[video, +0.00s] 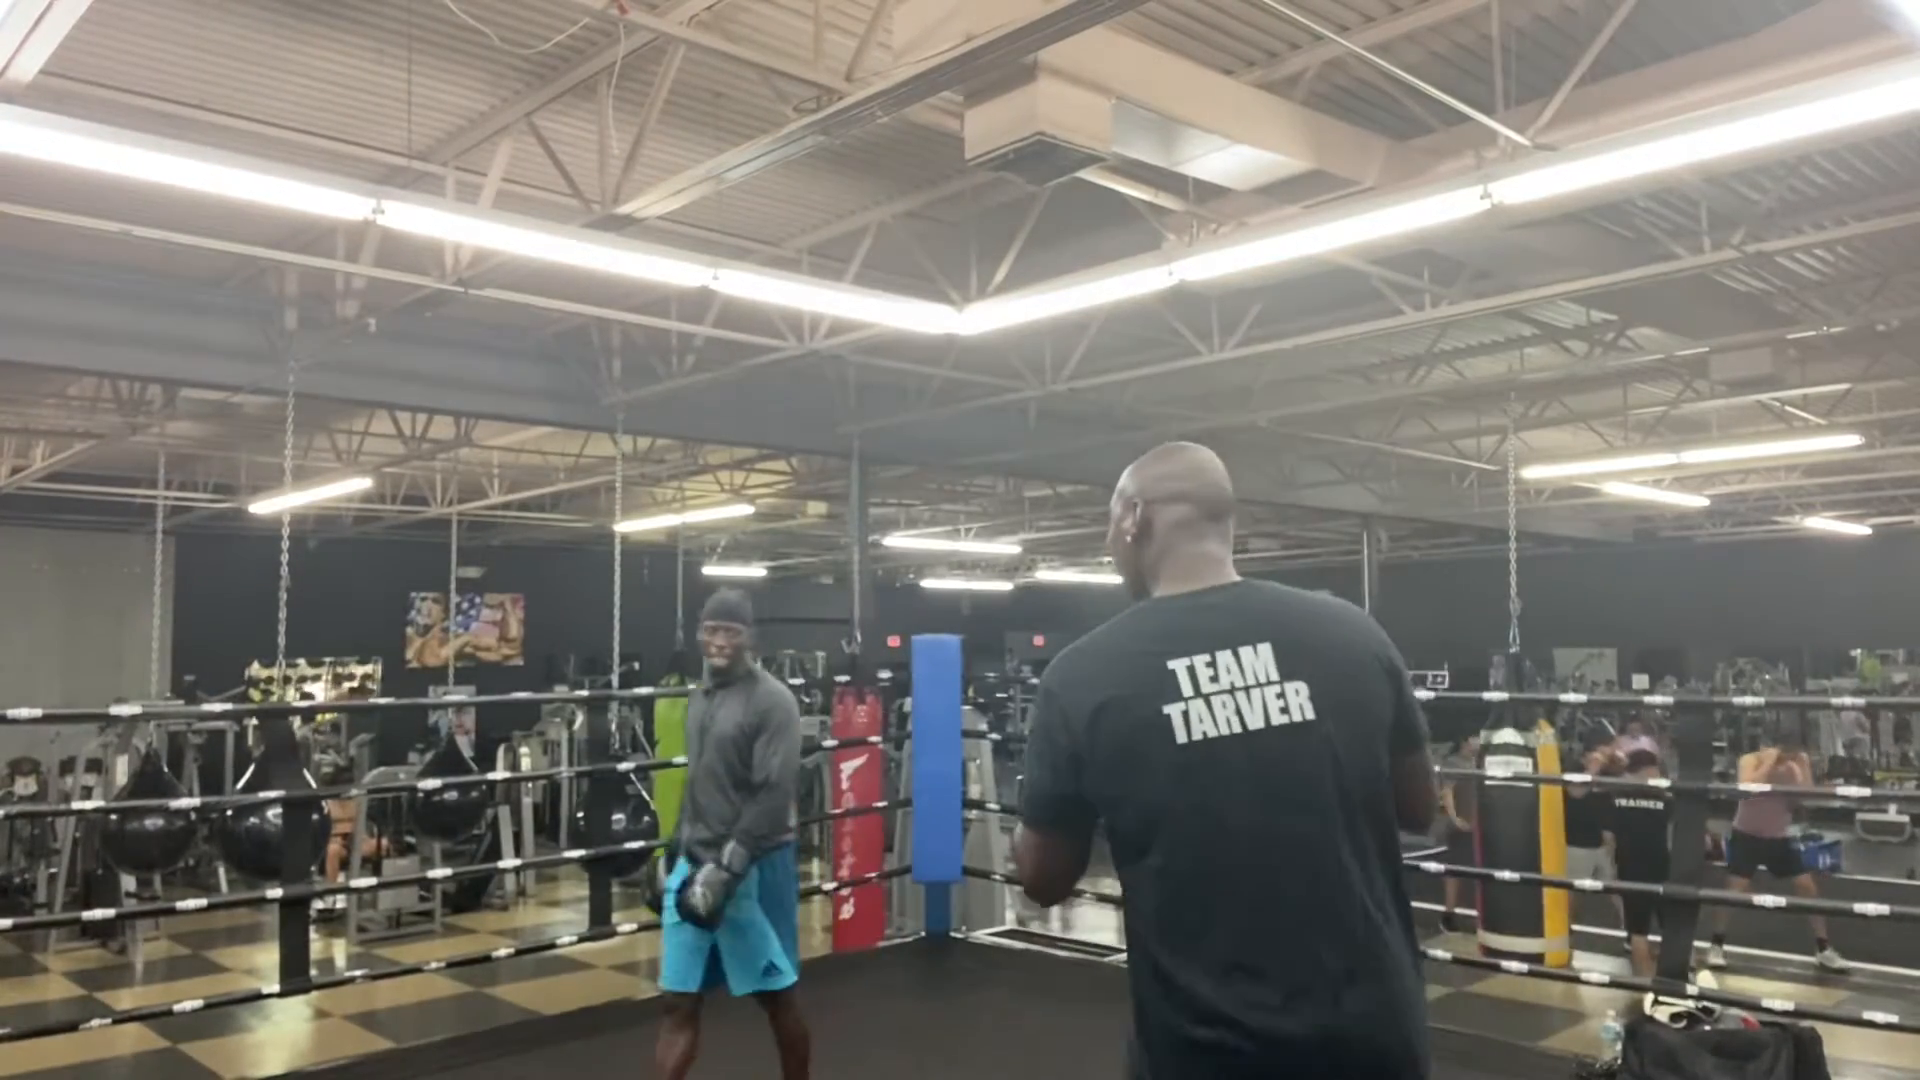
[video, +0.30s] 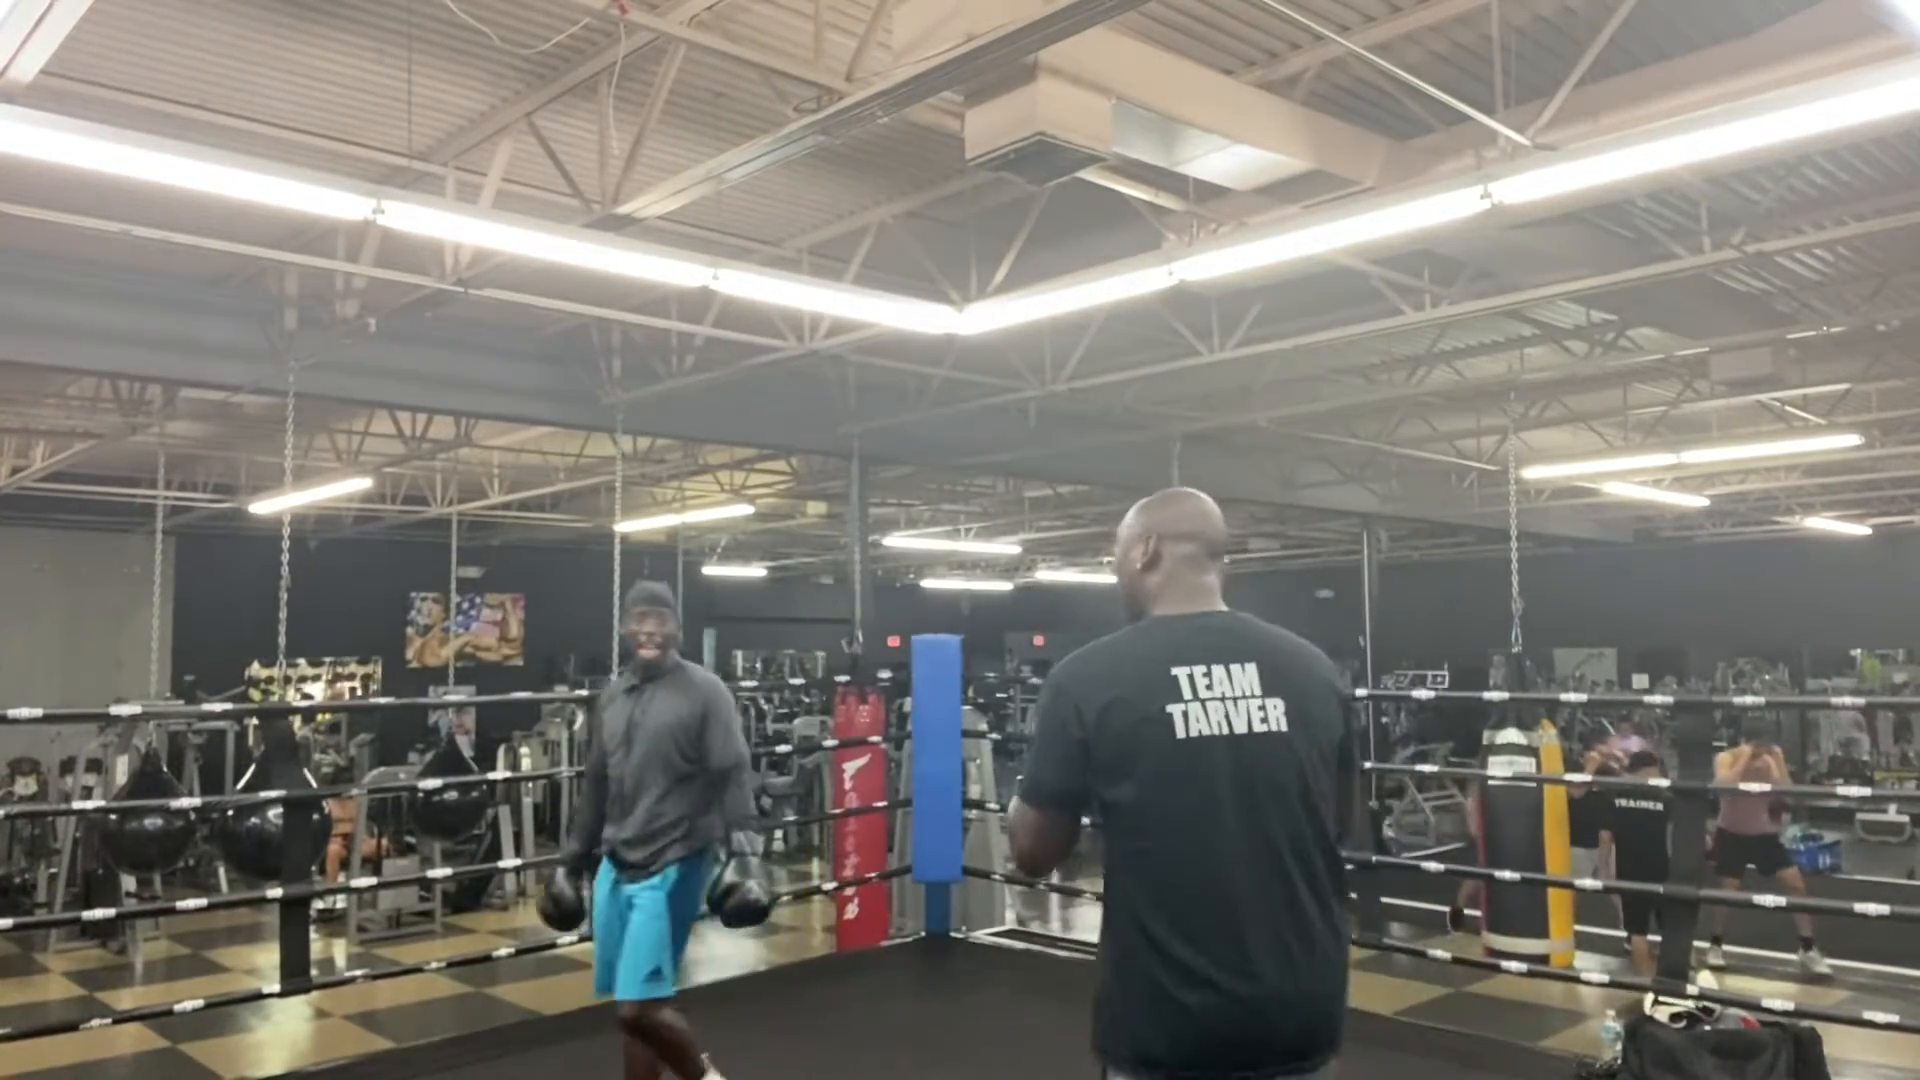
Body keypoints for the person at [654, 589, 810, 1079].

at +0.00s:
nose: (719, 641)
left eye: (730, 633)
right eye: (711, 631)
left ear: (749, 638)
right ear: (699, 637)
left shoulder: (774, 700)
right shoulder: (701, 698)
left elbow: (774, 799)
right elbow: (696, 786)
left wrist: (725, 868)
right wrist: (675, 857)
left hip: (758, 864)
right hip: (696, 862)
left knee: (777, 998)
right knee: (678, 1002)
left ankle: (797, 1073)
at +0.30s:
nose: (649, 630)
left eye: (659, 619)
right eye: (639, 619)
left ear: (677, 627)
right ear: (623, 629)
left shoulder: (706, 692)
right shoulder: (613, 696)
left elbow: (735, 776)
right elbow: (595, 785)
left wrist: (747, 863)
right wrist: (571, 864)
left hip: (676, 863)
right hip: (617, 864)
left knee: (640, 1005)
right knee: (630, 1007)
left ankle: (705, 1074)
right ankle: (648, 1074)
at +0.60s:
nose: (606, 629)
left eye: (617, 620)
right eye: (594, 619)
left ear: (629, 631)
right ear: (574, 630)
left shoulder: (656, 697)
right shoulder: (560, 700)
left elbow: (685, 785)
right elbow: (540, 795)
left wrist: (706, 871)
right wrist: (500, 866)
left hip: (631, 875)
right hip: (574, 877)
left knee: (581, 1022)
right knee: (615, 1022)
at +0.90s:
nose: (573, 641)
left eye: (585, 632)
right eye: (561, 629)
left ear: (596, 639)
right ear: (536, 630)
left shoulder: (605, 709)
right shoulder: (510, 689)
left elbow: (612, 807)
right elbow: (487, 780)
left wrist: (592, 902)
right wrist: (457, 857)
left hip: (550, 889)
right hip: (489, 886)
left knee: (544, 1043)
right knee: (483, 1035)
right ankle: (564, 1075)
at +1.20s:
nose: (529, 639)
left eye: (540, 629)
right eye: (516, 626)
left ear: (550, 637)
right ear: (490, 628)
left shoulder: (568, 709)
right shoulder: (467, 687)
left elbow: (558, 817)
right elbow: (447, 786)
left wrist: (506, 902)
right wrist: (417, 868)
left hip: (527, 891)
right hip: (449, 887)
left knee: (524, 1049)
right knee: (413, 1041)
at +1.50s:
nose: (435, 645)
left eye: (447, 631)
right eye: (421, 630)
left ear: (463, 638)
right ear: (395, 635)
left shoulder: (490, 716)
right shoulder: (379, 709)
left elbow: (500, 829)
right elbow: (363, 814)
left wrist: (497, 930)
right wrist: (333, 900)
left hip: (445, 926)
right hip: (368, 921)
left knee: (461, 1067)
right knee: (357, 1067)